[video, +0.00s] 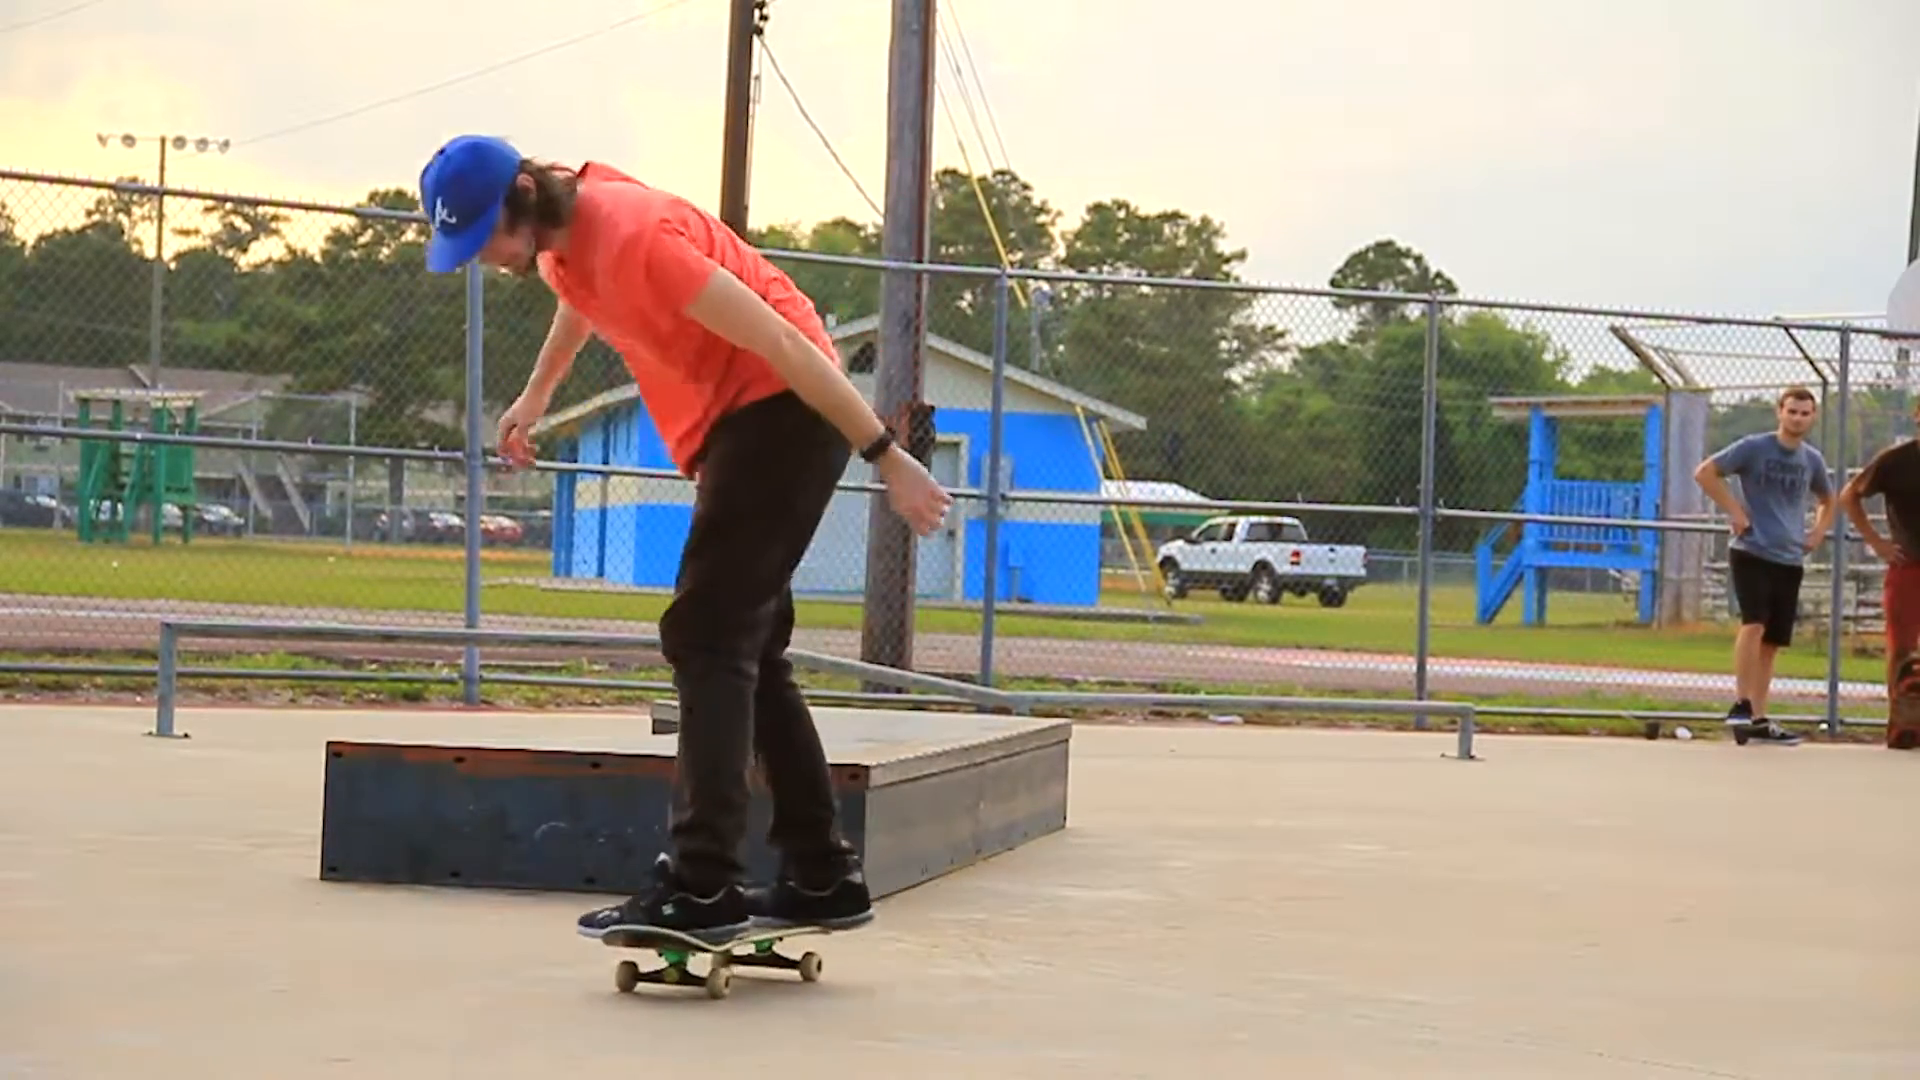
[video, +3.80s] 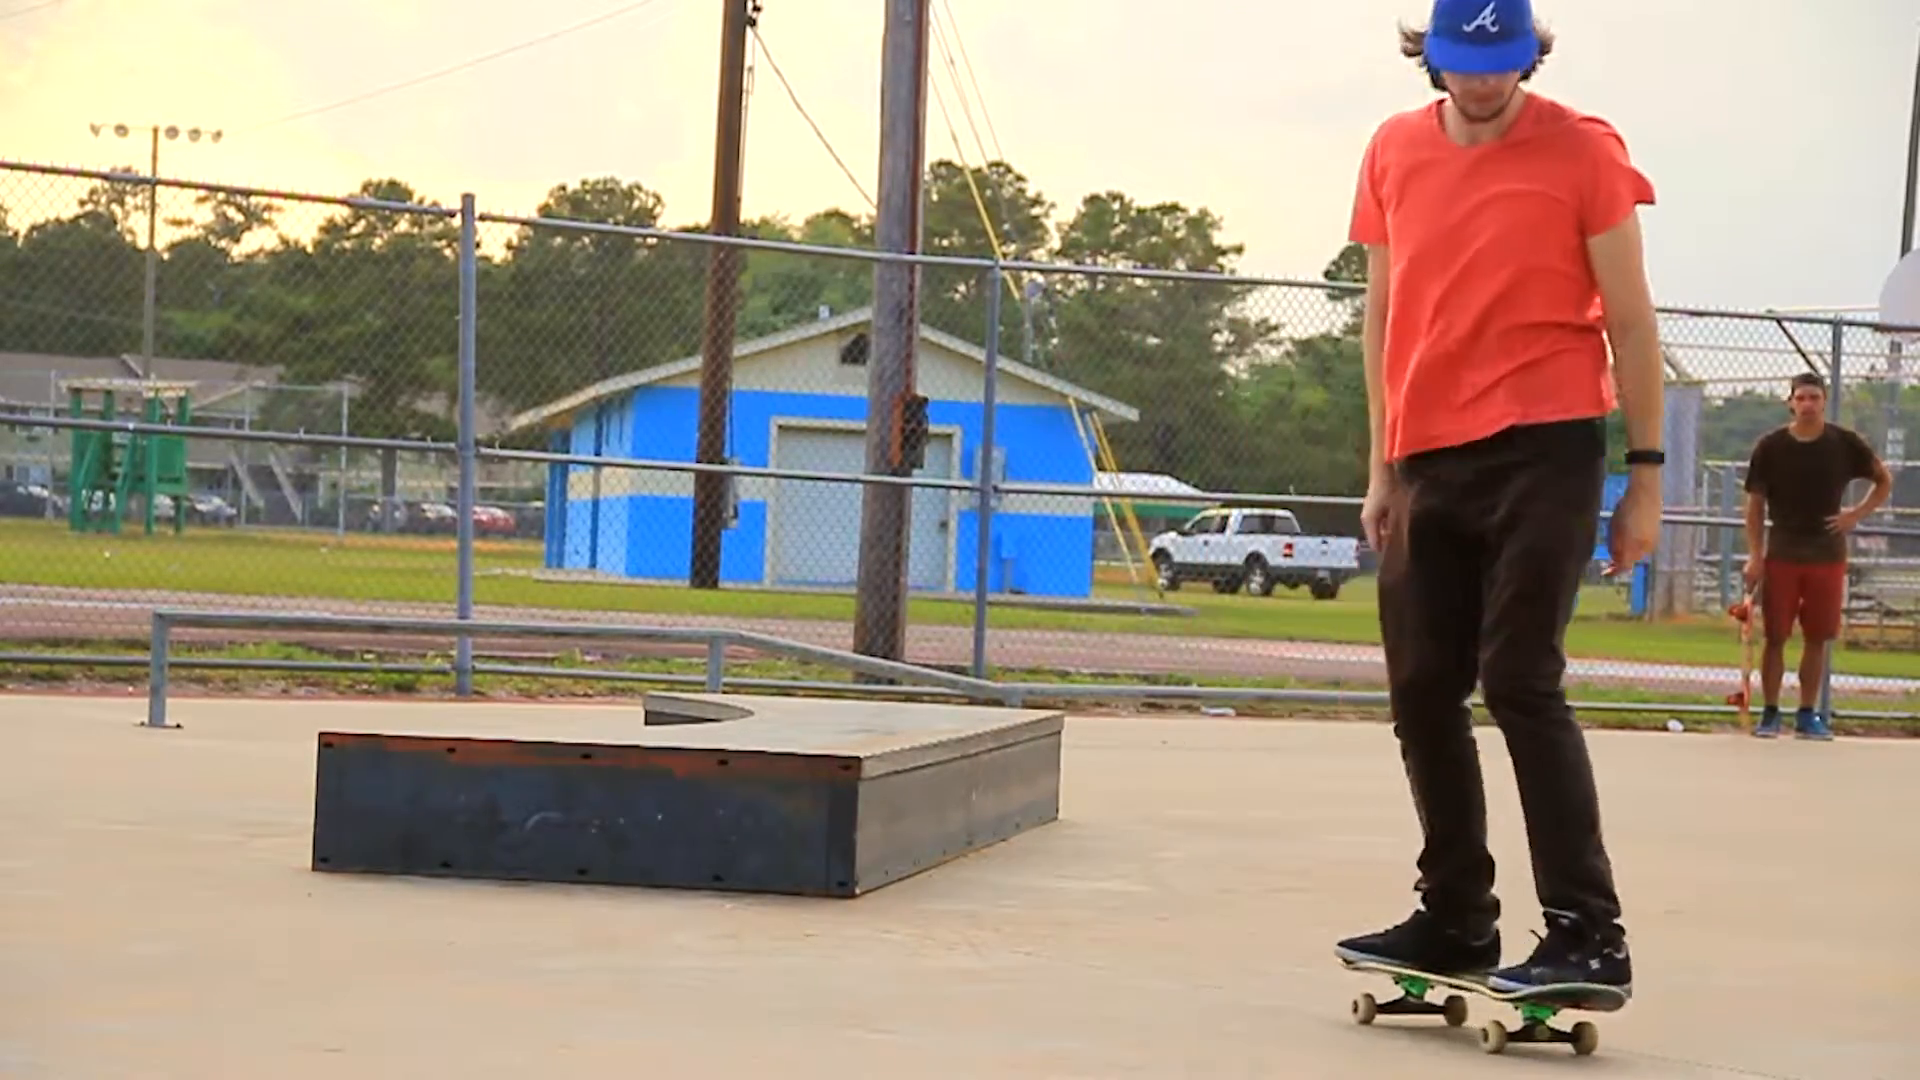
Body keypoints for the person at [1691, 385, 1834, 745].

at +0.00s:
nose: (1799, 418)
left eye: (1806, 413)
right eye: (1793, 411)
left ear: (1813, 419)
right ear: (1780, 413)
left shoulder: (1813, 459)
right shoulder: (1755, 447)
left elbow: (1828, 500)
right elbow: (1705, 473)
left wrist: (1817, 534)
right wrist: (1736, 512)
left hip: (1789, 557)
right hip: (1752, 550)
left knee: (1771, 641)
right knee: (1754, 624)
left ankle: (1759, 717)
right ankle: (1743, 704)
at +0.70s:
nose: (1824, 422)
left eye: (1824, 416)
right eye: (1820, 415)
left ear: (1806, 419)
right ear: (1798, 417)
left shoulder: (1811, 458)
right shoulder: (1756, 447)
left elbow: (1827, 499)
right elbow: (1707, 474)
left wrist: (1817, 532)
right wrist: (1737, 513)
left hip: (1790, 557)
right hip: (1753, 551)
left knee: (1771, 641)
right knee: (1752, 624)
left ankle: (1757, 716)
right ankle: (1739, 704)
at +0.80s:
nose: (1808, 401)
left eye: (1815, 395)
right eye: (1802, 395)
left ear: (1828, 399)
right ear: (1794, 400)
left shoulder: (1848, 444)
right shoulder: (1774, 445)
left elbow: (1885, 483)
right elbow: (1761, 502)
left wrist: (1859, 515)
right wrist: (1758, 554)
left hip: (1825, 556)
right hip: (1782, 554)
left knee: (1817, 638)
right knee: (1774, 636)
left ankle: (1807, 713)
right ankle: (1770, 711)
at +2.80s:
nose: (1797, 402)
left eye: (1804, 395)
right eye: (1792, 395)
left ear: (1817, 400)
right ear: (1782, 400)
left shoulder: (1840, 443)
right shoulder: (1764, 447)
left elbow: (1883, 480)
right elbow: (1750, 504)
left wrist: (1853, 514)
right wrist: (1752, 555)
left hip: (1822, 554)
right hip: (1778, 552)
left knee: (1816, 639)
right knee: (1773, 638)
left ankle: (1807, 714)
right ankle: (1770, 712)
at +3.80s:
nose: (1807, 404)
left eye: (1814, 398)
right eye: (1801, 398)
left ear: (1824, 402)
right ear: (1791, 402)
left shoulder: (1845, 444)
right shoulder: (1769, 447)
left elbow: (1884, 480)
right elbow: (1754, 505)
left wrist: (1856, 514)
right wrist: (1754, 556)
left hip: (1826, 555)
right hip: (1781, 553)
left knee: (1817, 639)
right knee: (1775, 638)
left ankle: (1807, 714)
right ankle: (1770, 712)